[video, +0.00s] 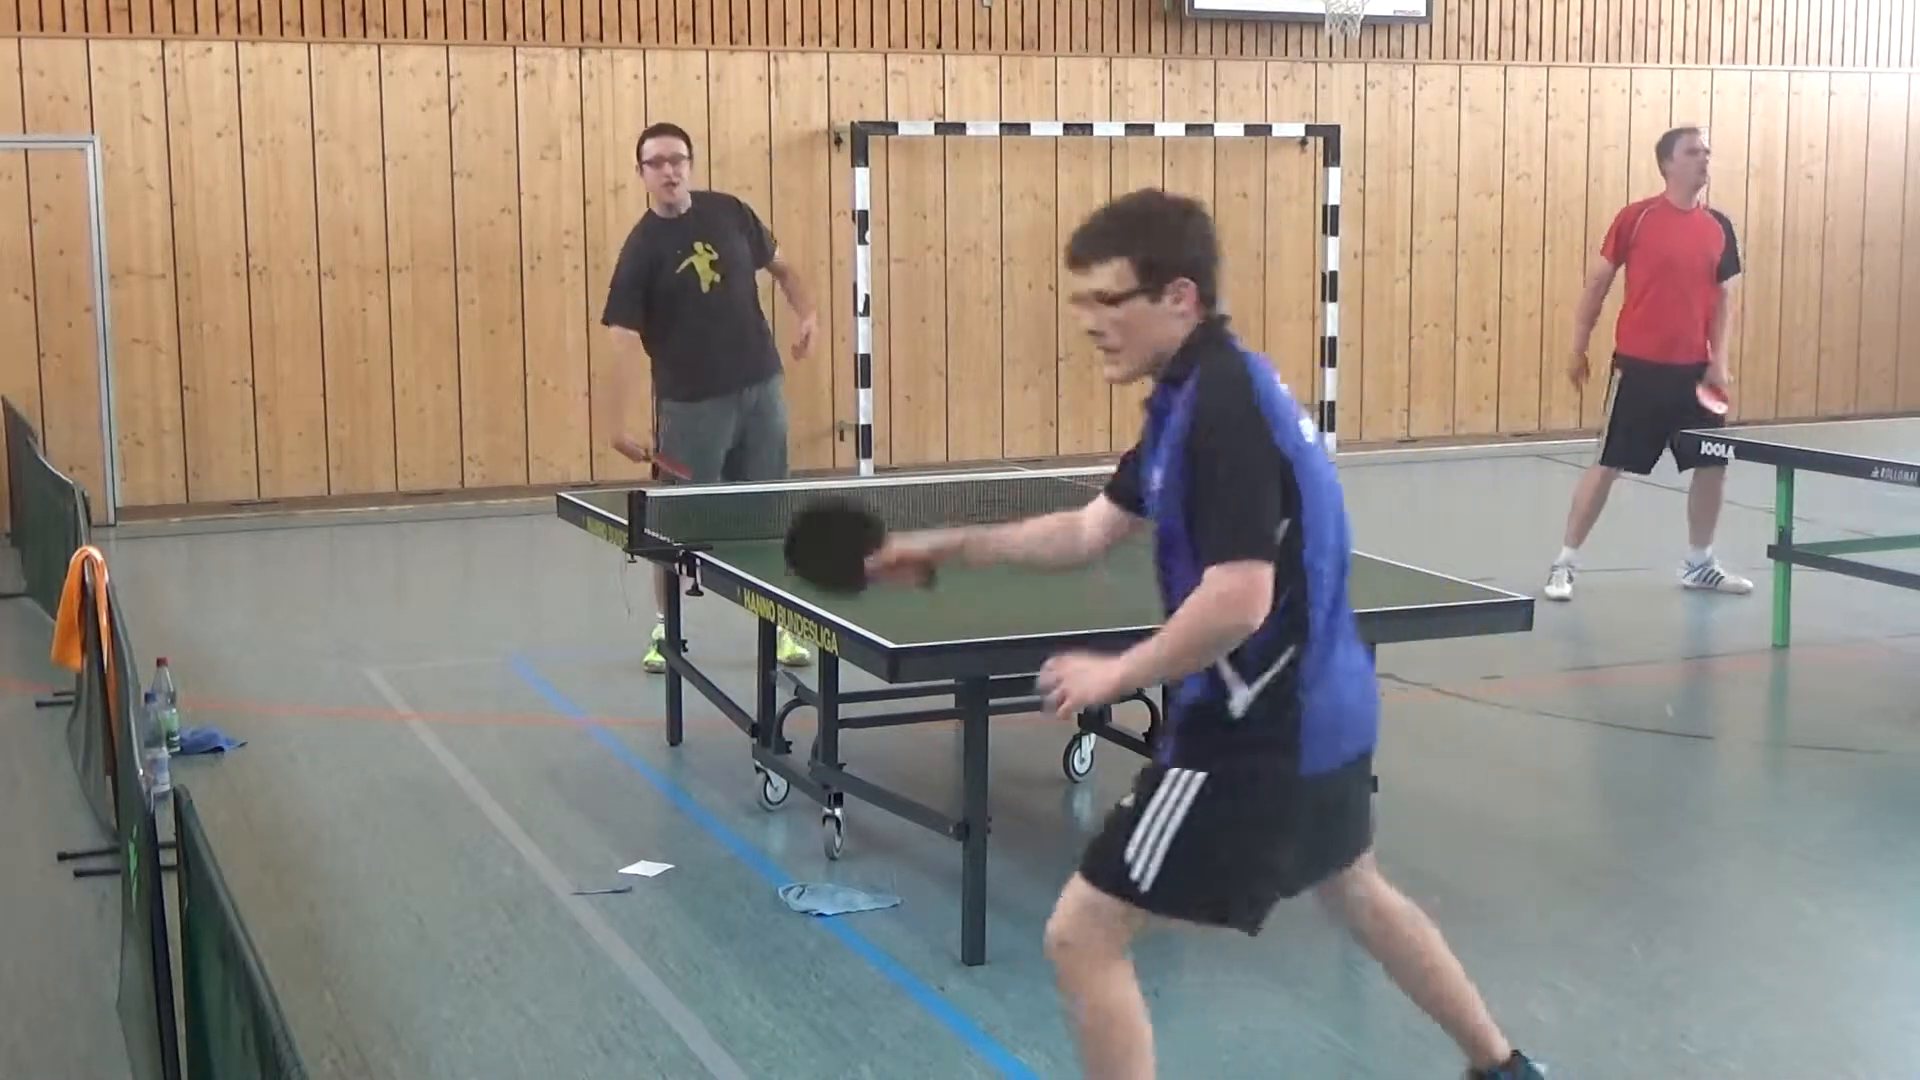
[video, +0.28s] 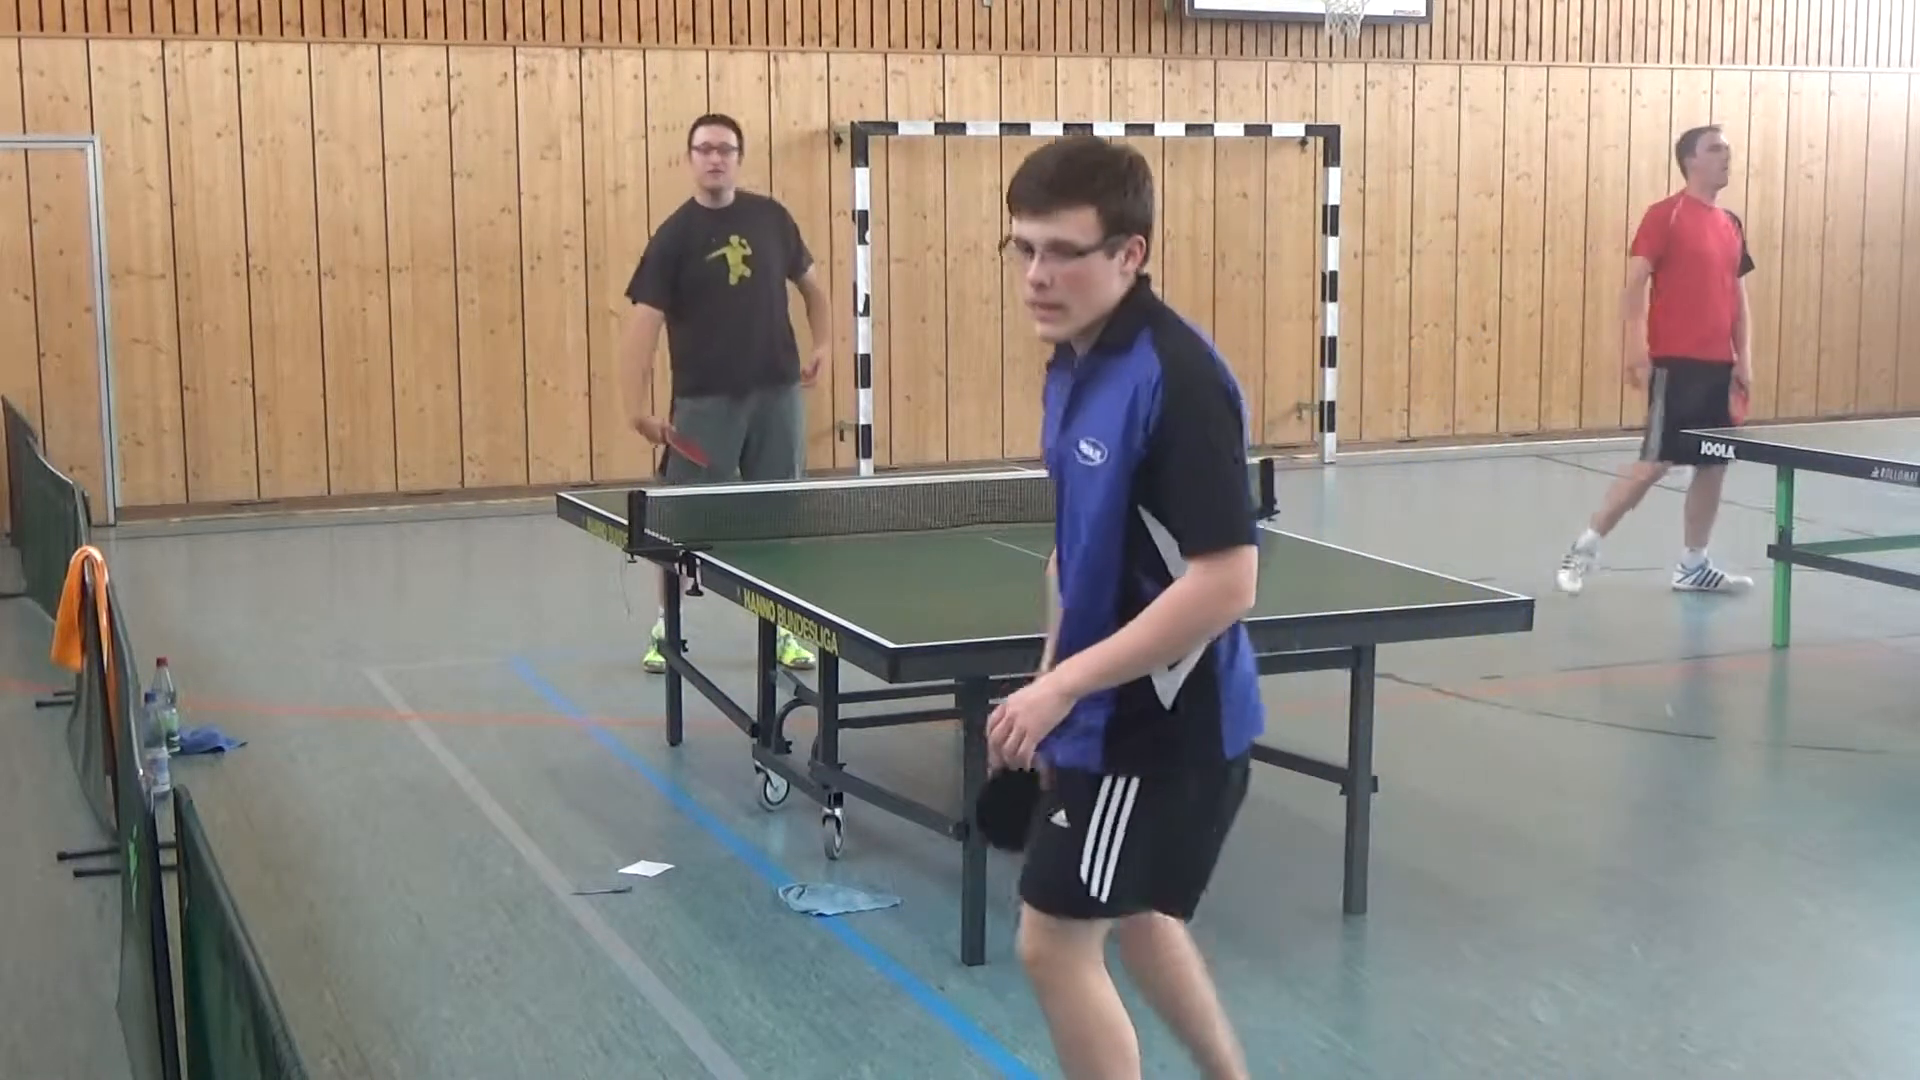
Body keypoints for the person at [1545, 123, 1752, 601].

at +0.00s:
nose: (1706, 158)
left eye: (1707, 152)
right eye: (1695, 152)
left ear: (1708, 161)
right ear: (1668, 163)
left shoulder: (1718, 226)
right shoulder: (1634, 218)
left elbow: (1723, 300)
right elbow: (1596, 284)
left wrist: (1719, 363)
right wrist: (1579, 349)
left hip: (1697, 371)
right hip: (1641, 369)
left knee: (1712, 463)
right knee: (1608, 465)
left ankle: (1699, 564)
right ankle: (1565, 563)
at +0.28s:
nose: (1726, 156)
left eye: (1726, 149)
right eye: (1715, 149)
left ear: (1723, 160)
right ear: (1689, 162)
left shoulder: (1730, 224)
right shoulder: (1664, 214)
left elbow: (1738, 297)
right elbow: (1635, 282)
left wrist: (1742, 362)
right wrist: (1635, 349)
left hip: (1719, 364)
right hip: (1675, 361)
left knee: (1712, 464)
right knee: (1655, 462)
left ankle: (1693, 564)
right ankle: (1587, 544)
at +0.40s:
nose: (1744, 154)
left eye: (1743, 148)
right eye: (1733, 148)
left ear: (1728, 161)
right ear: (1705, 159)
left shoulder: (1733, 221)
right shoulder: (1686, 210)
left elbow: (1739, 292)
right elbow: (1655, 276)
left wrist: (1755, 349)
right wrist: (1667, 345)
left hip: (1724, 357)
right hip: (1693, 355)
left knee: (1707, 462)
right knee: (1704, 458)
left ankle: (1692, 566)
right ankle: (1627, 542)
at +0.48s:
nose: (1756, 154)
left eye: (1753, 147)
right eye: (1746, 148)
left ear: (1731, 160)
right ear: (1720, 160)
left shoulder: (1732, 211)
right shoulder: (1704, 208)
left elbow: (1735, 288)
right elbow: (1671, 277)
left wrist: (1762, 341)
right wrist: (1692, 341)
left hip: (1719, 354)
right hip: (1704, 355)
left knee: (1699, 459)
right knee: (1739, 455)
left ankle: (1689, 561)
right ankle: (1675, 540)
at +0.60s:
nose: (1777, 159)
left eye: (1773, 151)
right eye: (1769, 151)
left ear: (1745, 161)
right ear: (1747, 159)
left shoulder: (1734, 210)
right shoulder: (1729, 209)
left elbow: (1733, 285)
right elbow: (1698, 275)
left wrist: (1764, 329)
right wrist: (1737, 336)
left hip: (1697, 355)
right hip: (1726, 357)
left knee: (1694, 459)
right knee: (1765, 455)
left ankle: (1689, 564)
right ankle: (1743, 564)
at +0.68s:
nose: (1787, 163)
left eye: (1785, 155)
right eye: (1781, 155)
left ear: (1745, 164)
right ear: (1760, 162)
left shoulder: (1720, 210)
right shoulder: (1748, 209)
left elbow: (1724, 287)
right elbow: (1727, 278)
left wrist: (1780, 341)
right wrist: (1773, 336)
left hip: (1701, 360)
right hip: (1742, 360)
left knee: (1693, 460)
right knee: (1776, 461)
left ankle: (1690, 564)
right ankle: (1797, 564)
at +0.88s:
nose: (1824, 169)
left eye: (1822, 160)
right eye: (1821, 161)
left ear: (1777, 169)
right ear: (1808, 167)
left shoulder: (1748, 215)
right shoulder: (1804, 215)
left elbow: (1759, 293)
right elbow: (1799, 291)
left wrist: (1827, 328)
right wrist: (1836, 335)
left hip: (1737, 366)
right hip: (1787, 370)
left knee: (1716, 463)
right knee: (1811, 467)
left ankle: (1695, 563)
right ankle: (1839, 557)